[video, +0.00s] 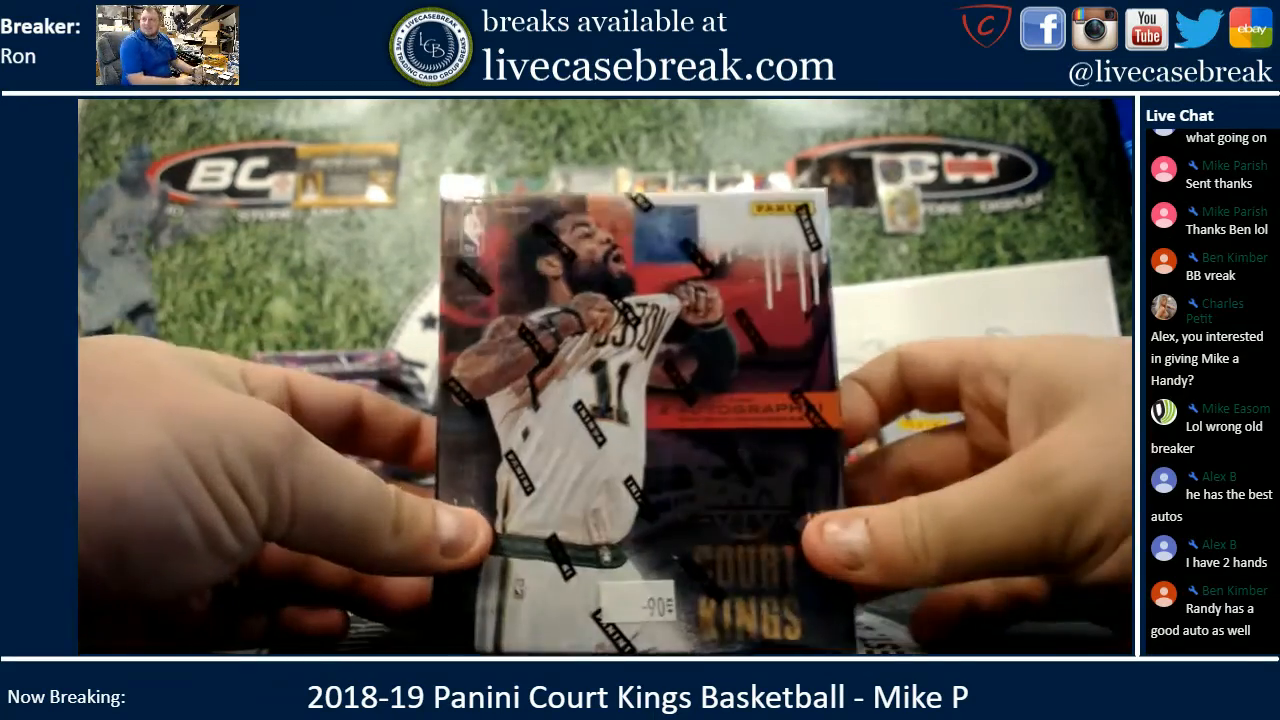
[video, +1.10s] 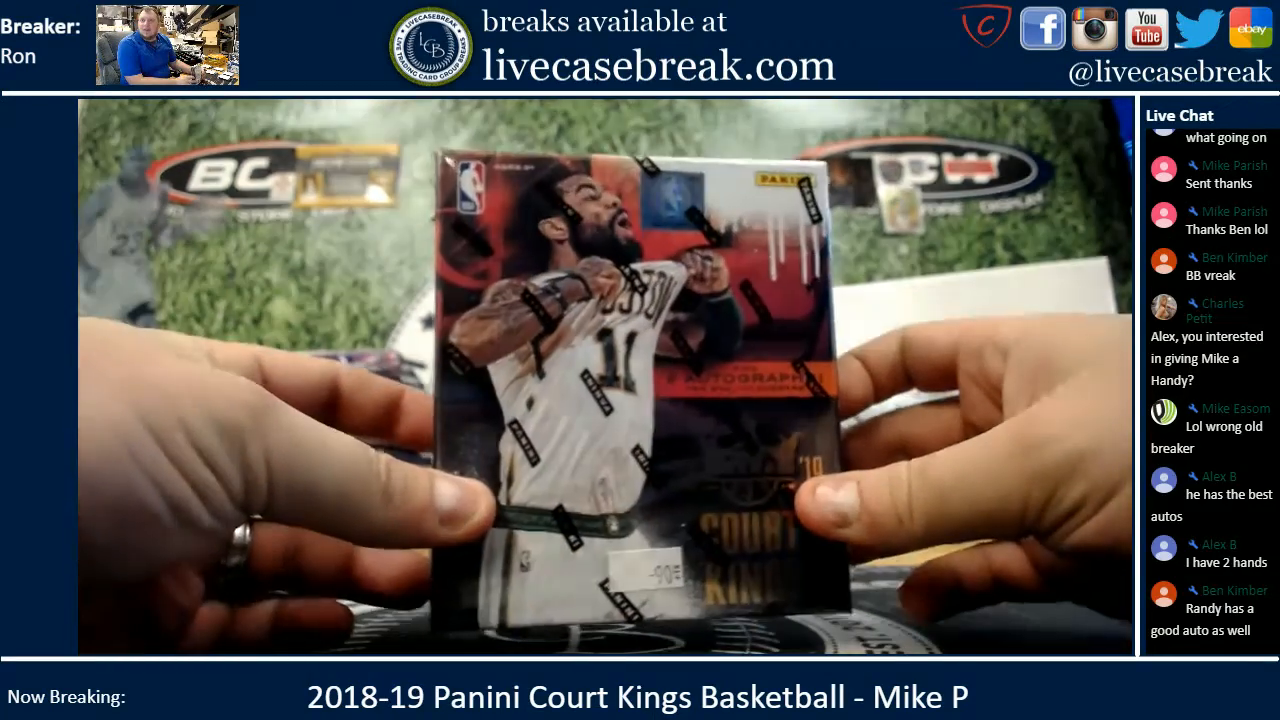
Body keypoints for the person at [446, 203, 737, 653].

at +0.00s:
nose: (607, 239)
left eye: (603, 231)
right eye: (583, 233)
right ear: (549, 265)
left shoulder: (638, 322)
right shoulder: (515, 331)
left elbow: (717, 374)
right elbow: (464, 380)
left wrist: (711, 325)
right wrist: (563, 323)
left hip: (614, 562)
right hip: (536, 566)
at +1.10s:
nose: (613, 199)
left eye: (605, 190)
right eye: (587, 194)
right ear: (554, 228)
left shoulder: (648, 284)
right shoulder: (517, 295)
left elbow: (722, 341)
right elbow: (467, 342)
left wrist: (717, 294)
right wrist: (570, 286)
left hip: (623, 532)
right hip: (540, 537)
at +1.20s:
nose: (600, 201)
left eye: (593, 193)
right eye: (575, 197)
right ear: (541, 230)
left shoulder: (631, 289)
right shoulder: (505, 296)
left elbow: (711, 339)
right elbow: (453, 348)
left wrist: (704, 292)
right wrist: (556, 288)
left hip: (609, 532)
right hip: (526, 536)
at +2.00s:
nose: (596, 232)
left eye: (593, 226)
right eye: (572, 226)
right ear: (540, 253)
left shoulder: (622, 298)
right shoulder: (506, 303)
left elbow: (696, 344)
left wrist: (689, 302)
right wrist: (558, 299)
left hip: (595, 518)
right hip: (518, 519)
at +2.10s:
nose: (598, 232)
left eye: (596, 226)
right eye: (574, 225)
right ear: (543, 252)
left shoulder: (624, 298)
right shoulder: (513, 306)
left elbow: (699, 346)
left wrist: (691, 302)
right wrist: (556, 297)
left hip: (596, 518)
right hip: (519, 517)